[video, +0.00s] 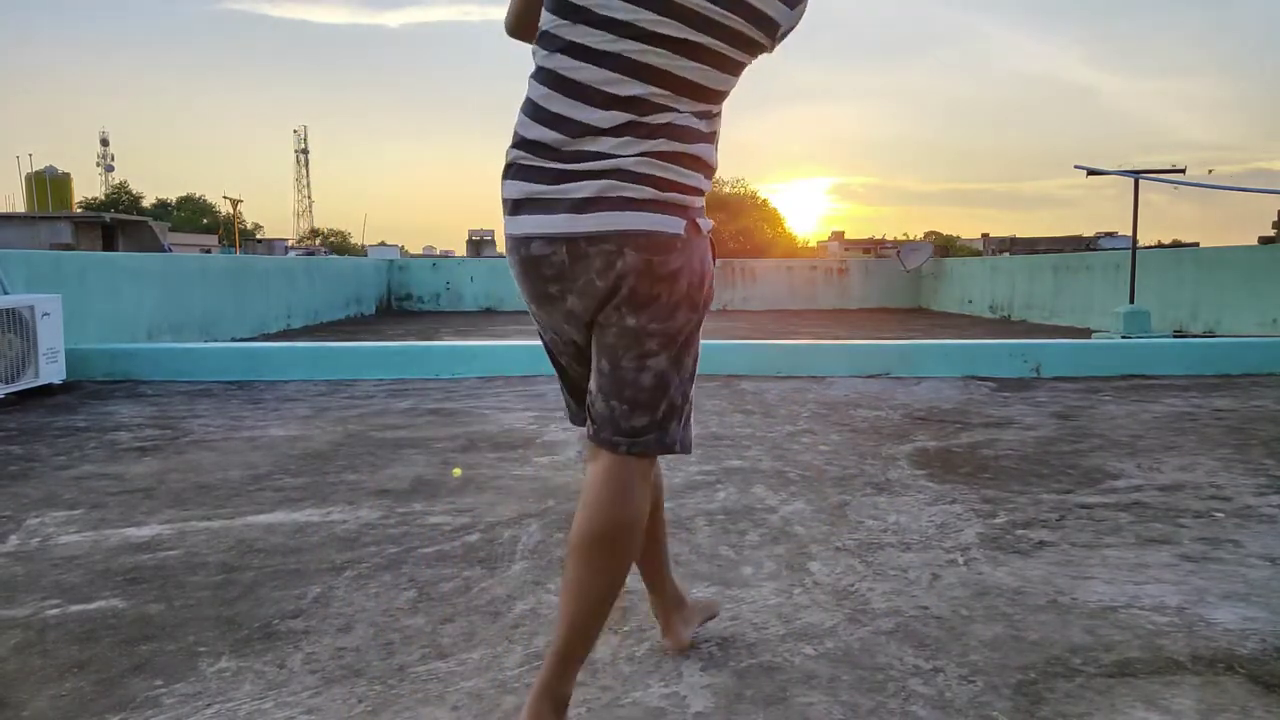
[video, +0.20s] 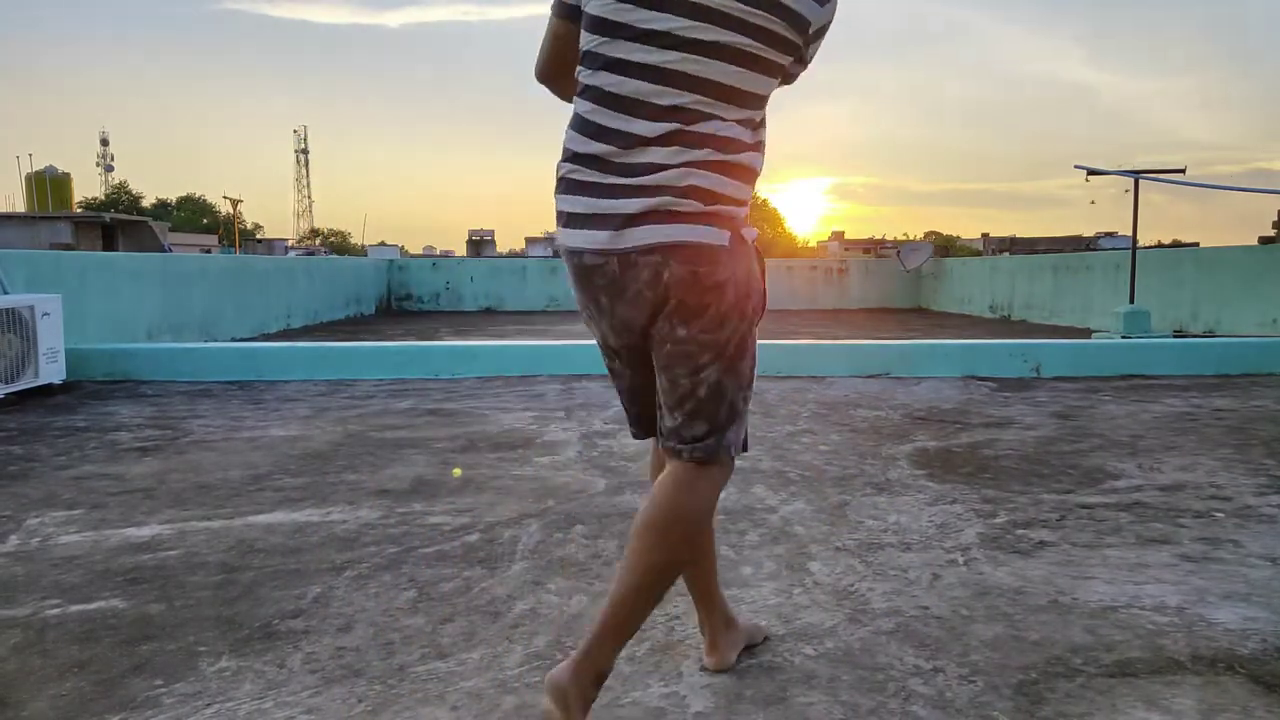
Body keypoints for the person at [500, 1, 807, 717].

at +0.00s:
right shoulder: (772, 4)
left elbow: (521, 19)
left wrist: (612, 26)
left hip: (536, 224)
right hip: (651, 227)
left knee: (620, 429)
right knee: (622, 452)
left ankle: (671, 608)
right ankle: (548, 700)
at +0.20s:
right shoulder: (805, 6)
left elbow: (554, 65)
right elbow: (761, 80)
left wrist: (640, 112)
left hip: (590, 232)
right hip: (701, 235)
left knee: (670, 442)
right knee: (700, 460)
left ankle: (718, 628)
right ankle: (582, 673)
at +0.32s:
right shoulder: (825, 6)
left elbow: (583, 88)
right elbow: (788, 129)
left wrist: (641, 167)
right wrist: (734, 199)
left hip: (613, 231)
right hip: (725, 236)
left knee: (682, 427)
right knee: (752, 436)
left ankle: (719, 627)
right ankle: (656, 630)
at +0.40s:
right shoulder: (831, 3)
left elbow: (601, 80)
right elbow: (824, 137)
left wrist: (598, 184)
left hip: (630, 229)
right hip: (744, 236)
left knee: (685, 426)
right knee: (775, 424)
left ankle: (718, 621)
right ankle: (719, 612)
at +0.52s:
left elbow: (611, 87)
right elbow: (876, 112)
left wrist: (598, 195)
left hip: (647, 230)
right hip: (759, 231)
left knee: (691, 426)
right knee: (794, 425)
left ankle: (716, 630)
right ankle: (803, 636)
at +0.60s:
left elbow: (616, 83)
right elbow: (899, 67)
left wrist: (586, 203)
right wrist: (1020, 175)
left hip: (662, 233)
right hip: (773, 237)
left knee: (700, 424)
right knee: (804, 430)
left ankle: (718, 629)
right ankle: (828, 642)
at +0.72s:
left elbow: (624, 66)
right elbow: (912, 17)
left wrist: (562, 169)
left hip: (680, 227)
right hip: (794, 228)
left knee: (713, 419)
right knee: (813, 434)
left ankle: (720, 628)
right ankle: (818, 659)